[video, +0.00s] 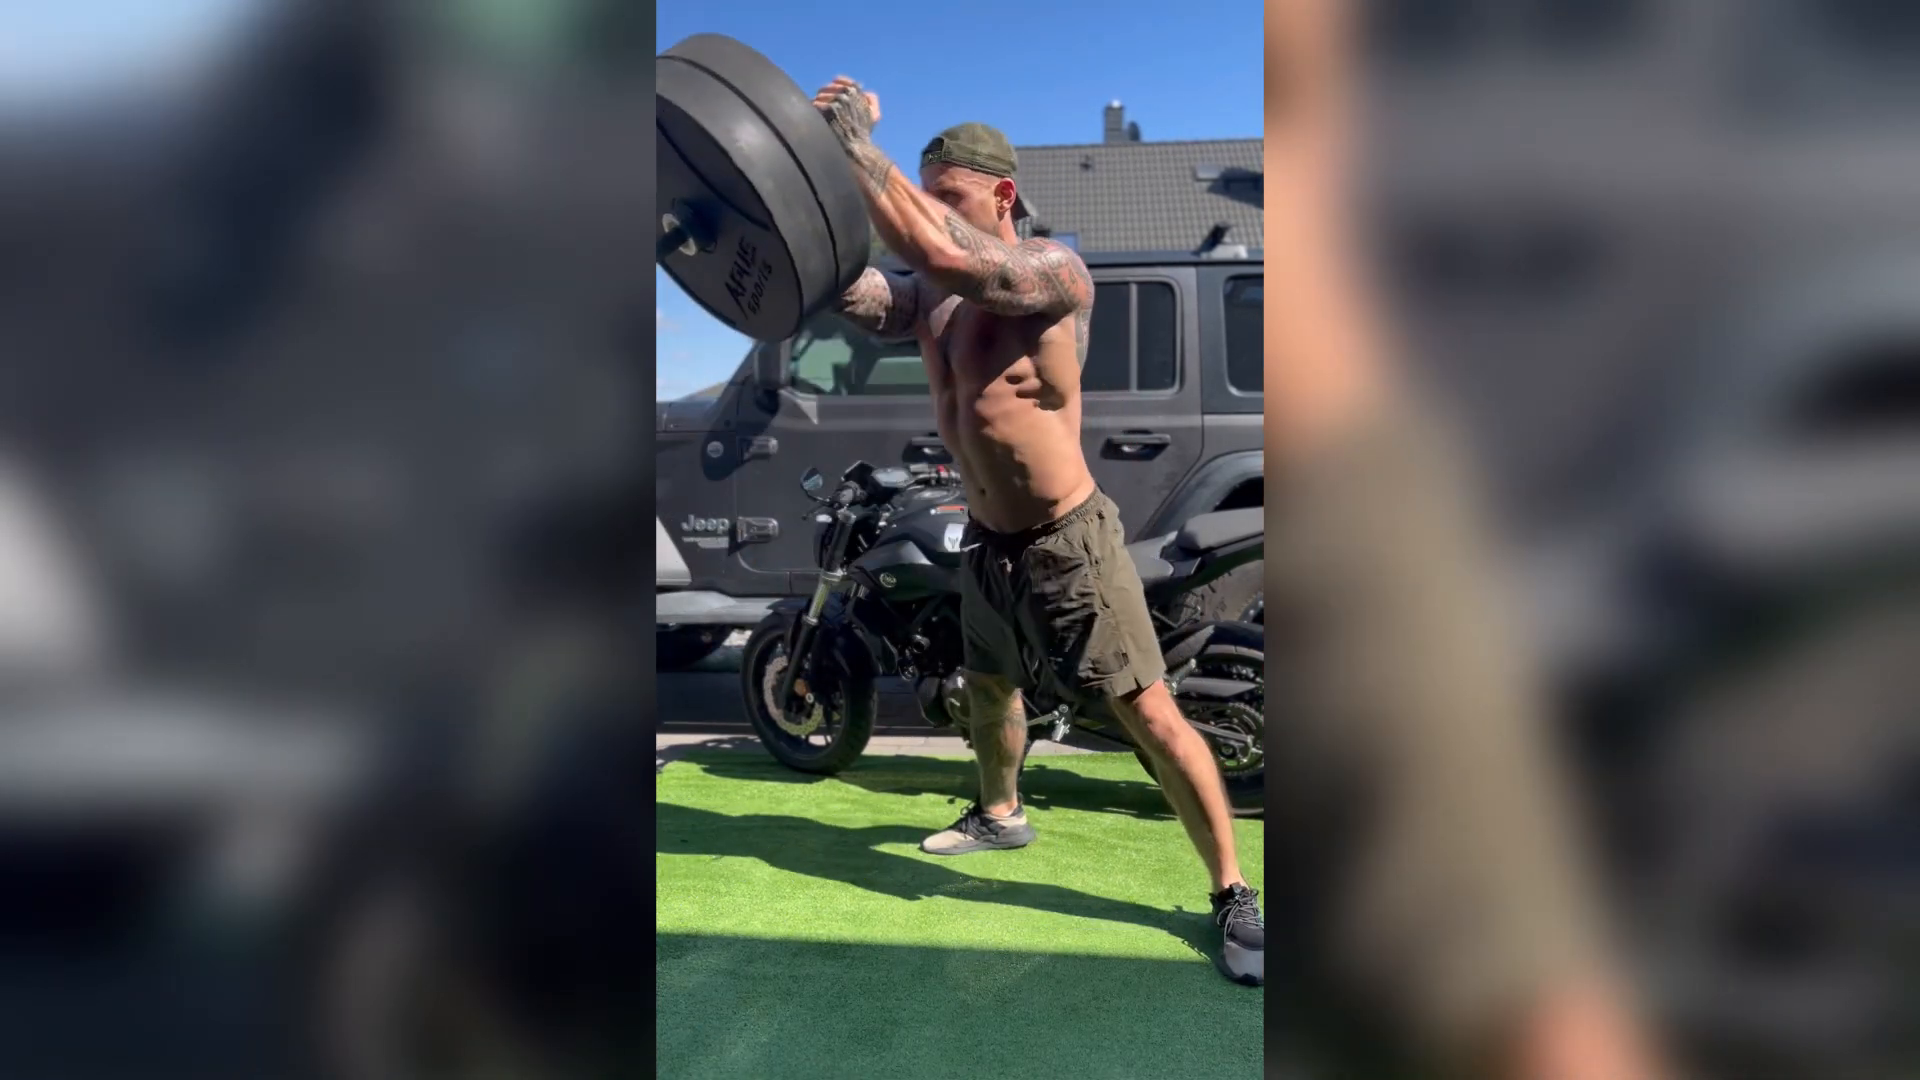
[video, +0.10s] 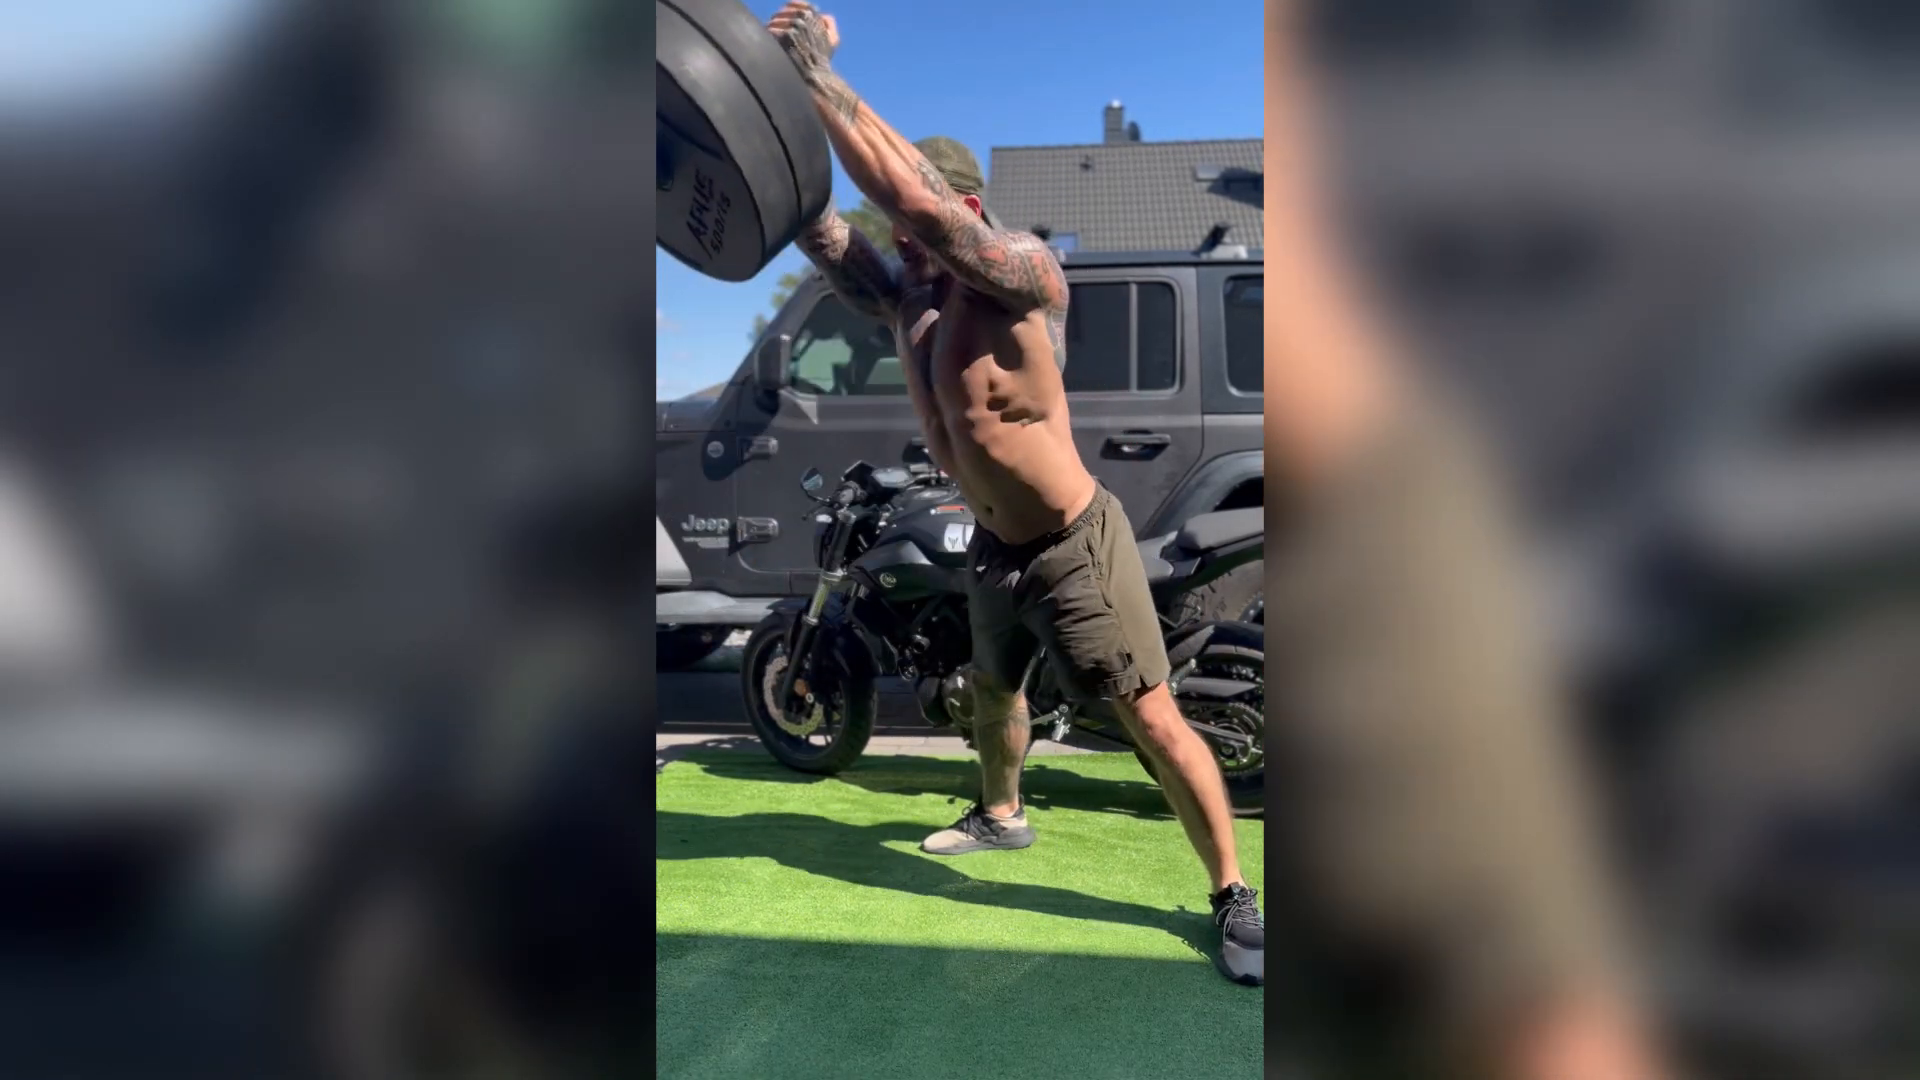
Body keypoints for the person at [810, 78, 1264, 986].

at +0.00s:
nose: (937, 207)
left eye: (951, 190)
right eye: (930, 194)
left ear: (1004, 194)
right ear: (930, 198)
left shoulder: (1058, 268)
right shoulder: (927, 298)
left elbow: (947, 253)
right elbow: (838, 287)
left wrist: (856, 146)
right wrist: (788, 177)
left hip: (1071, 537)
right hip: (987, 546)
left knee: (1150, 715)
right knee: (991, 691)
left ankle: (1232, 891)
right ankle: (1000, 816)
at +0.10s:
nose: (911, 219)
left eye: (925, 203)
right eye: (906, 206)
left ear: (968, 204)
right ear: (912, 215)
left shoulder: (1025, 269)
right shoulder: (903, 289)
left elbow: (919, 203)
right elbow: (816, 227)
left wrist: (820, 76)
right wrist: (752, 104)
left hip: (1079, 540)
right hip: (997, 548)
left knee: (1151, 720)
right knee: (992, 693)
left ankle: (1232, 892)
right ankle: (1002, 815)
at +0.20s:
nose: (877, 243)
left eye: (890, 224)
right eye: (874, 229)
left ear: (923, 224)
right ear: (876, 248)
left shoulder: (990, 297)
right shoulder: (888, 321)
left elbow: (890, 193)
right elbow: (812, 213)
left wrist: (800, 48)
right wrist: (768, 75)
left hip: (1096, 543)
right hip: (1010, 553)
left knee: (1160, 721)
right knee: (1000, 690)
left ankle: (1233, 893)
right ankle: (1002, 814)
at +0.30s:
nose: (898, 241)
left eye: (913, 221)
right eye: (895, 224)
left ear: (956, 226)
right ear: (900, 233)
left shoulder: (1006, 296)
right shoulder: (896, 315)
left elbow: (900, 204)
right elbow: (815, 221)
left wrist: (811, 59)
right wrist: (760, 83)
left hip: (1099, 543)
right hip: (1016, 558)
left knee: (1163, 721)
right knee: (1001, 695)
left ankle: (1234, 893)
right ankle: (1002, 814)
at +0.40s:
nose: (926, 210)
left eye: (941, 198)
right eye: (923, 200)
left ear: (994, 206)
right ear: (938, 215)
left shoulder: (1043, 275)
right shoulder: (920, 300)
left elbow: (942, 242)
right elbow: (830, 254)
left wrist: (844, 112)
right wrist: (758, 154)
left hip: (1096, 548)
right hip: (1010, 558)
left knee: (1159, 726)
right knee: (991, 692)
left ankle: (1234, 894)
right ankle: (1001, 817)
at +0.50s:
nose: (956, 208)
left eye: (972, 193)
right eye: (949, 196)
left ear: (1026, 200)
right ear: (950, 208)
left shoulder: (1076, 281)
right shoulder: (949, 302)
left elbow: (973, 291)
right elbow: (880, 324)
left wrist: (886, 186)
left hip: (1091, 545)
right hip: (1006, 551)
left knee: (1160, 725)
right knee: (989, 691)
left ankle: (1235, 896)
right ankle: (1000, 817)